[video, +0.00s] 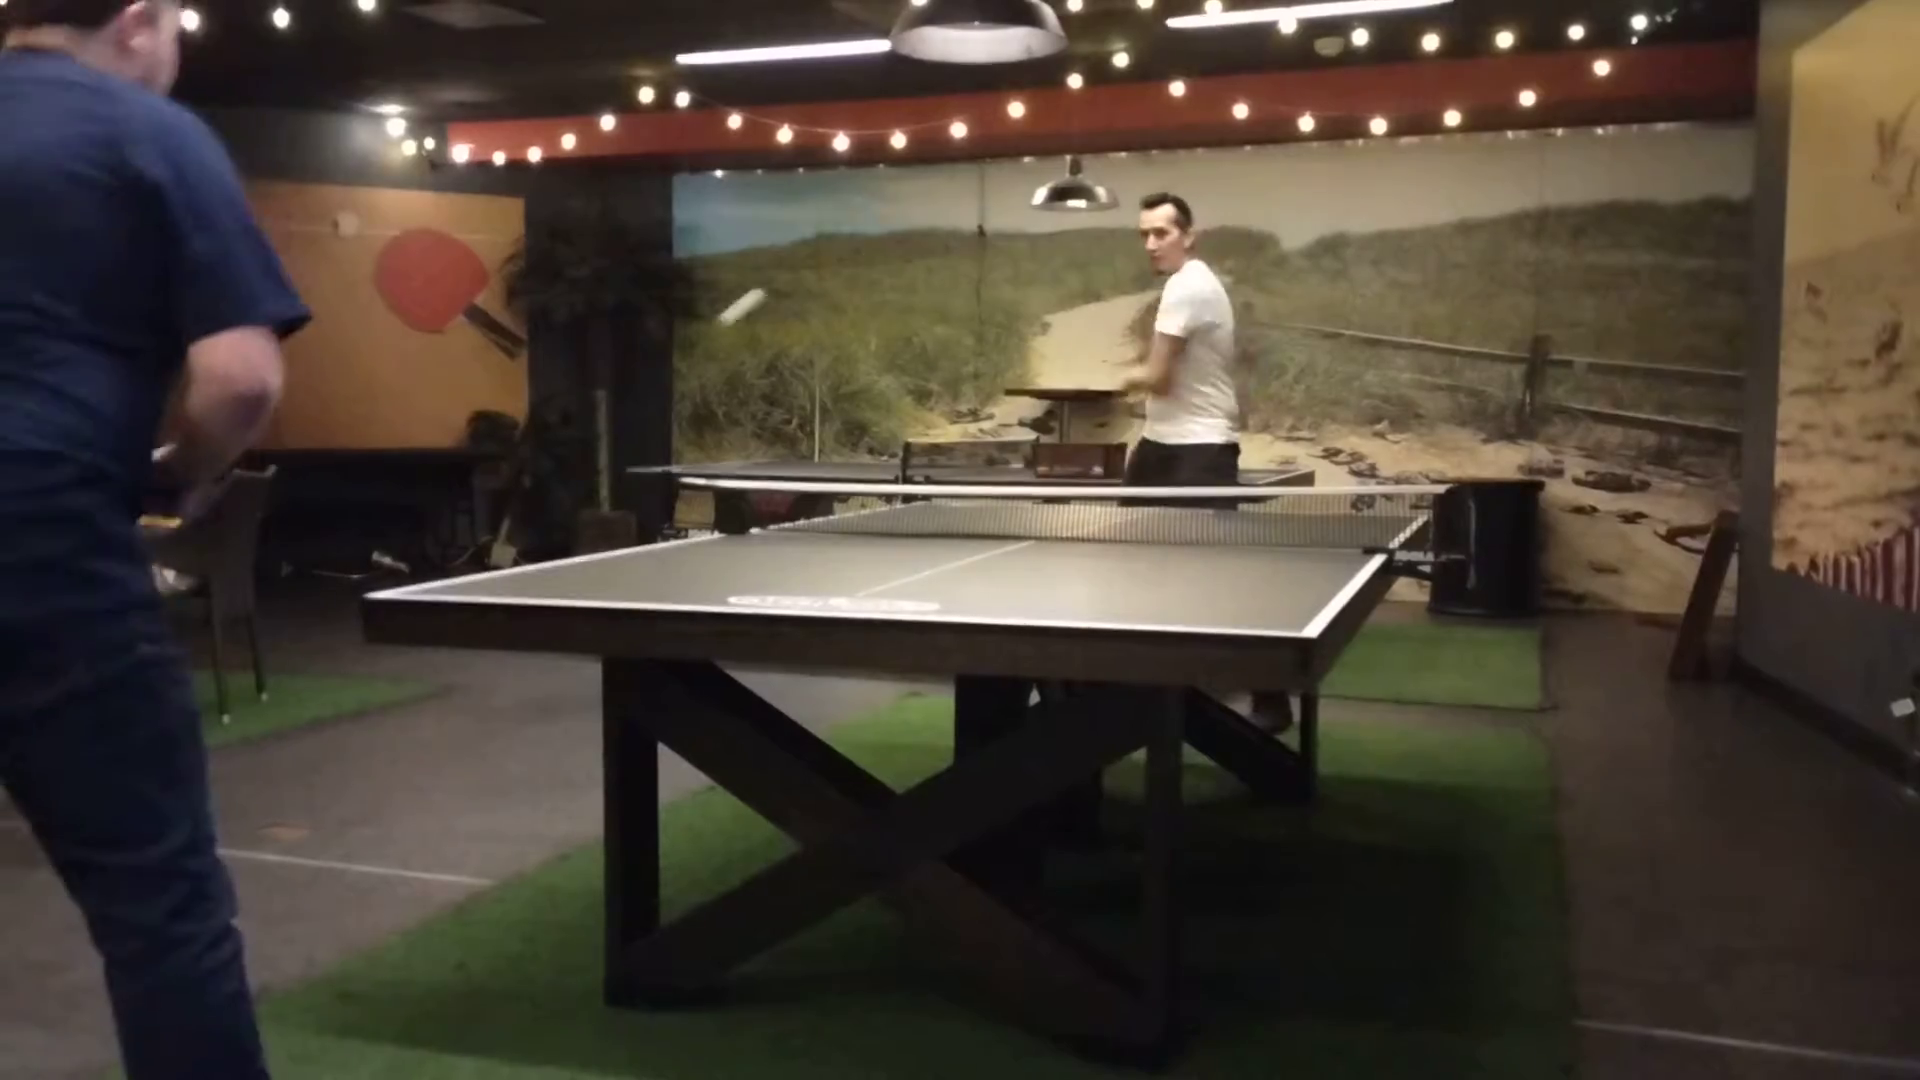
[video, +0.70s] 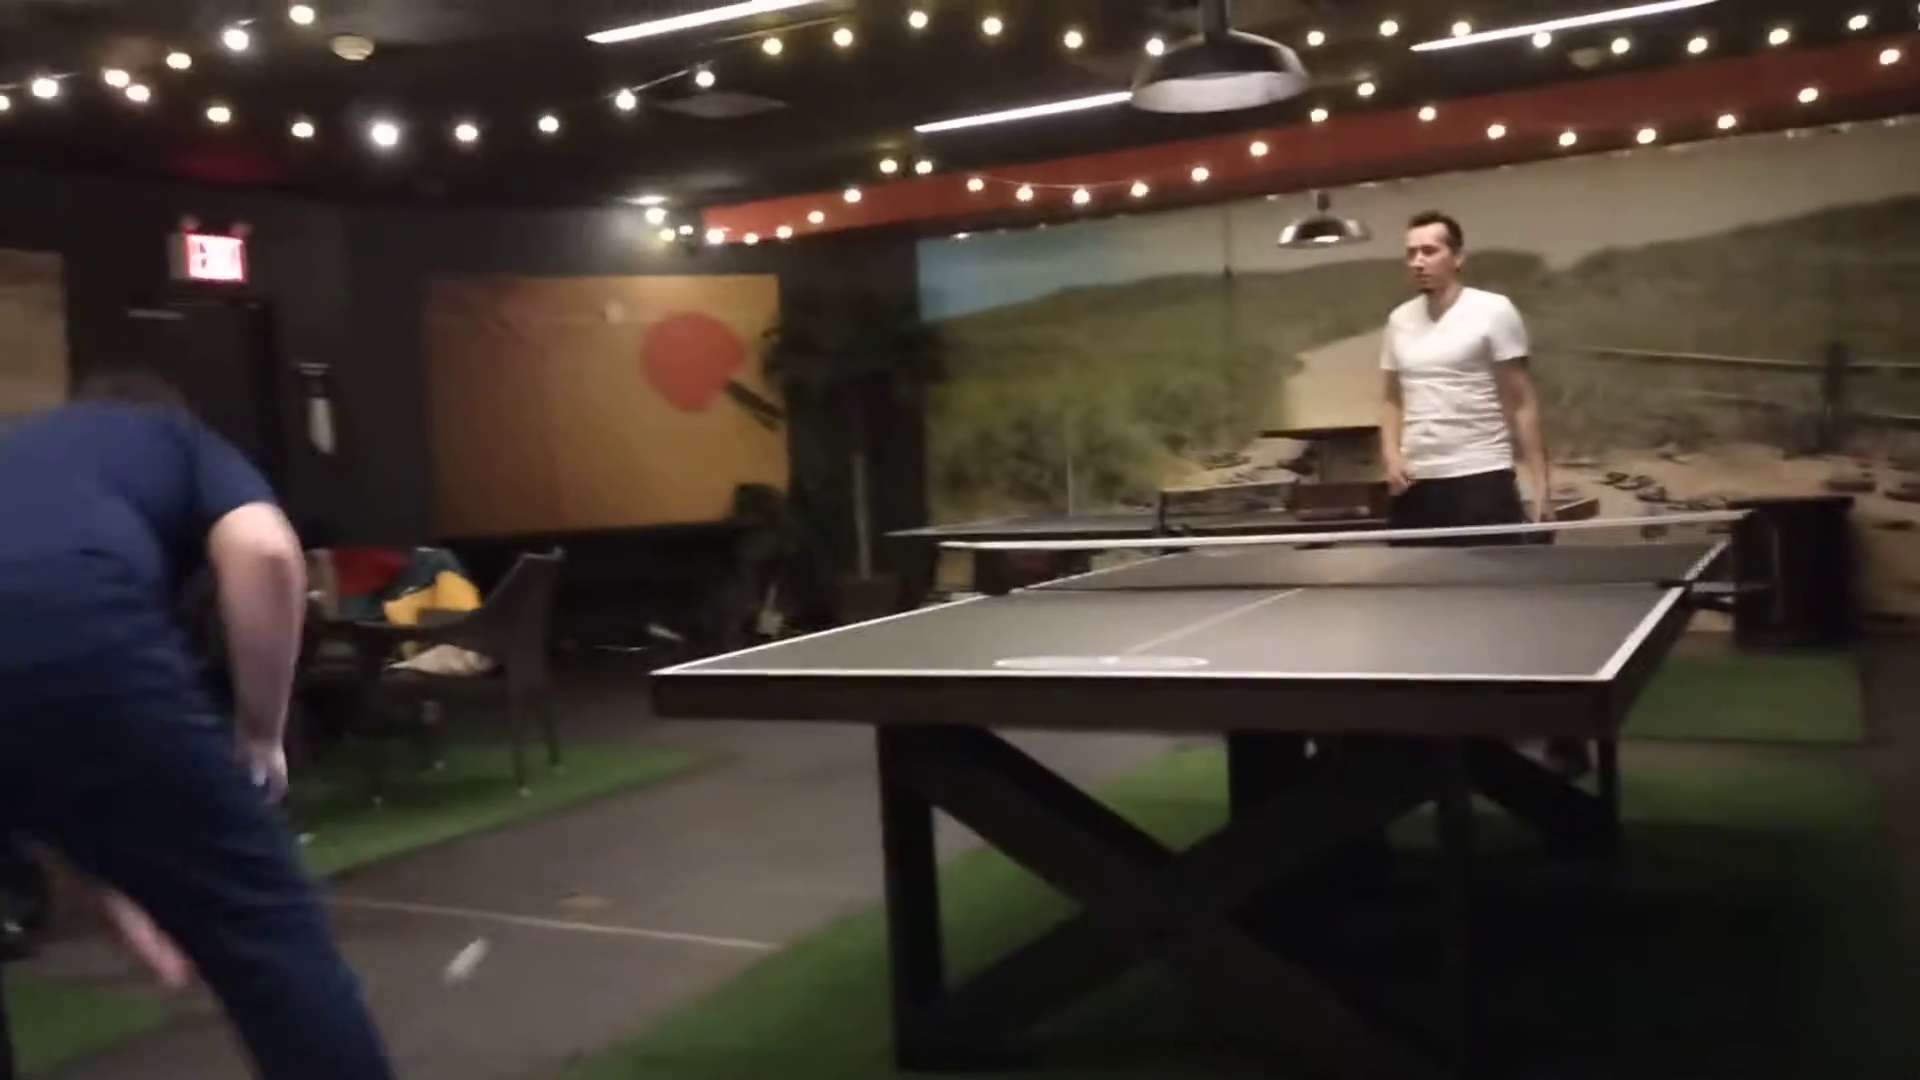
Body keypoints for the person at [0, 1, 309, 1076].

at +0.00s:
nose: (180, 55)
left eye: (183, 34)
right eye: (180, 31)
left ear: (20, 23)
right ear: (134, 24)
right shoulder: (143, 131)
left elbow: (235, 379)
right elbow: (239, 377)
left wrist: (176, 480)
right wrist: (179, 484)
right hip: (44, 566)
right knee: (163, 912)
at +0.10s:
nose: (107, 69)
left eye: (106, 47)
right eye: (103, 43)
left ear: (19, 44)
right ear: (63, 40)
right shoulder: (91, 145)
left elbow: (188, 377)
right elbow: (189, 376)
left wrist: (98, 501)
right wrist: (101, 500)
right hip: (30, 577)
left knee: (147, 905)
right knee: (150, 907)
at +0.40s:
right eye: (20, 165)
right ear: (11, 168)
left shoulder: (35, 263)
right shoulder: (29, 263)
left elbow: (113, 448)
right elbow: (114, 450)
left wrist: (53, 518)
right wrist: (47, 527)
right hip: (27, 640)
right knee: (155, 911)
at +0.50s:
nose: (109, 284)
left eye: (107, 274)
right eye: (104, 268)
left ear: (6, 260)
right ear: (72, 259)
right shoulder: (106, 322)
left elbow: (202, 484)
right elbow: (205, 485)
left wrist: (125, 625)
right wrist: (136, 628)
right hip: (50, 608)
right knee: (230, 923)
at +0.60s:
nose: (149, 362)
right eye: (139, 347)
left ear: (20, 350)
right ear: (115, 342)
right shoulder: (142, 380)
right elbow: (251, 519)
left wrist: (30, 823)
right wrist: (193, 696)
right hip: (85, 637)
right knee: (260, 926)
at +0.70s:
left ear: (83, 402)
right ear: (171, 412)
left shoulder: (17, 452)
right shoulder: (178, 438)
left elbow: (29, 725)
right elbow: (262, 550)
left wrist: (112, 892)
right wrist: (261, 736)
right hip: (76, 648)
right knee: (258, 919)